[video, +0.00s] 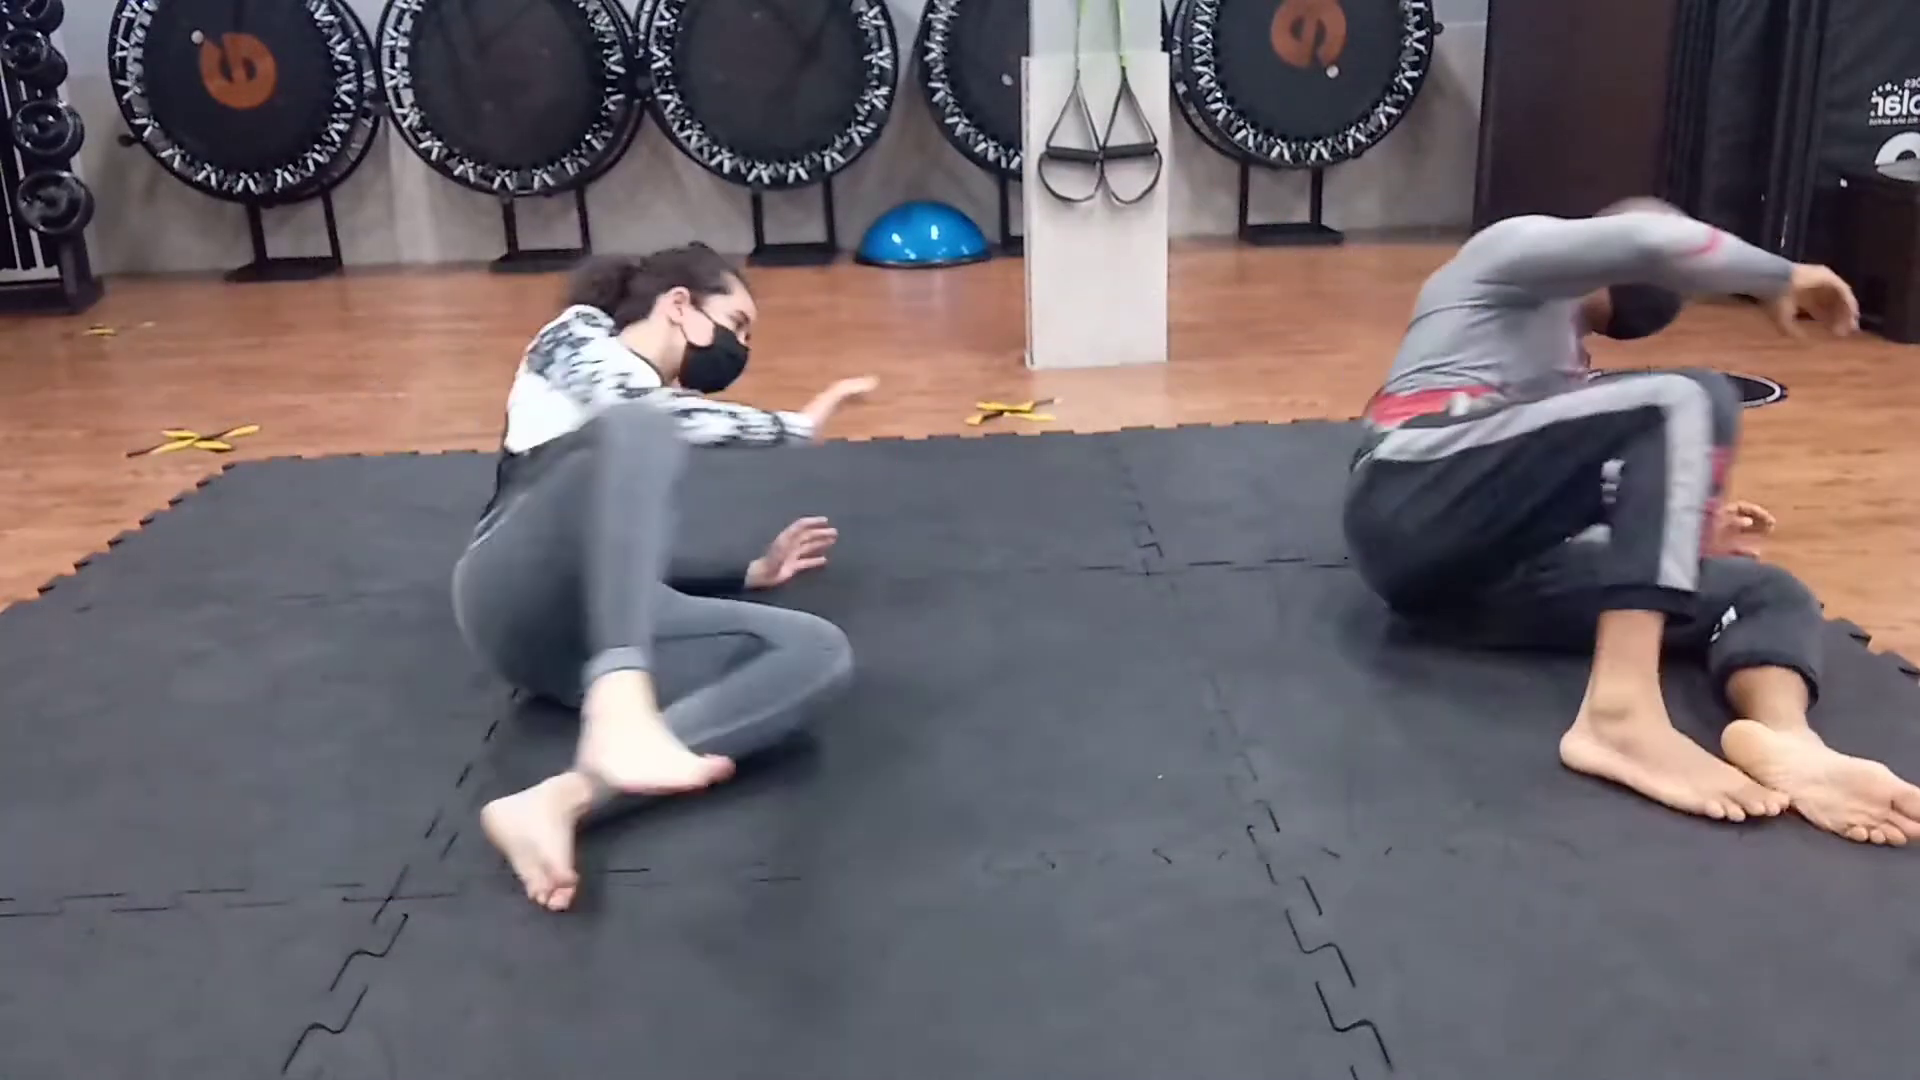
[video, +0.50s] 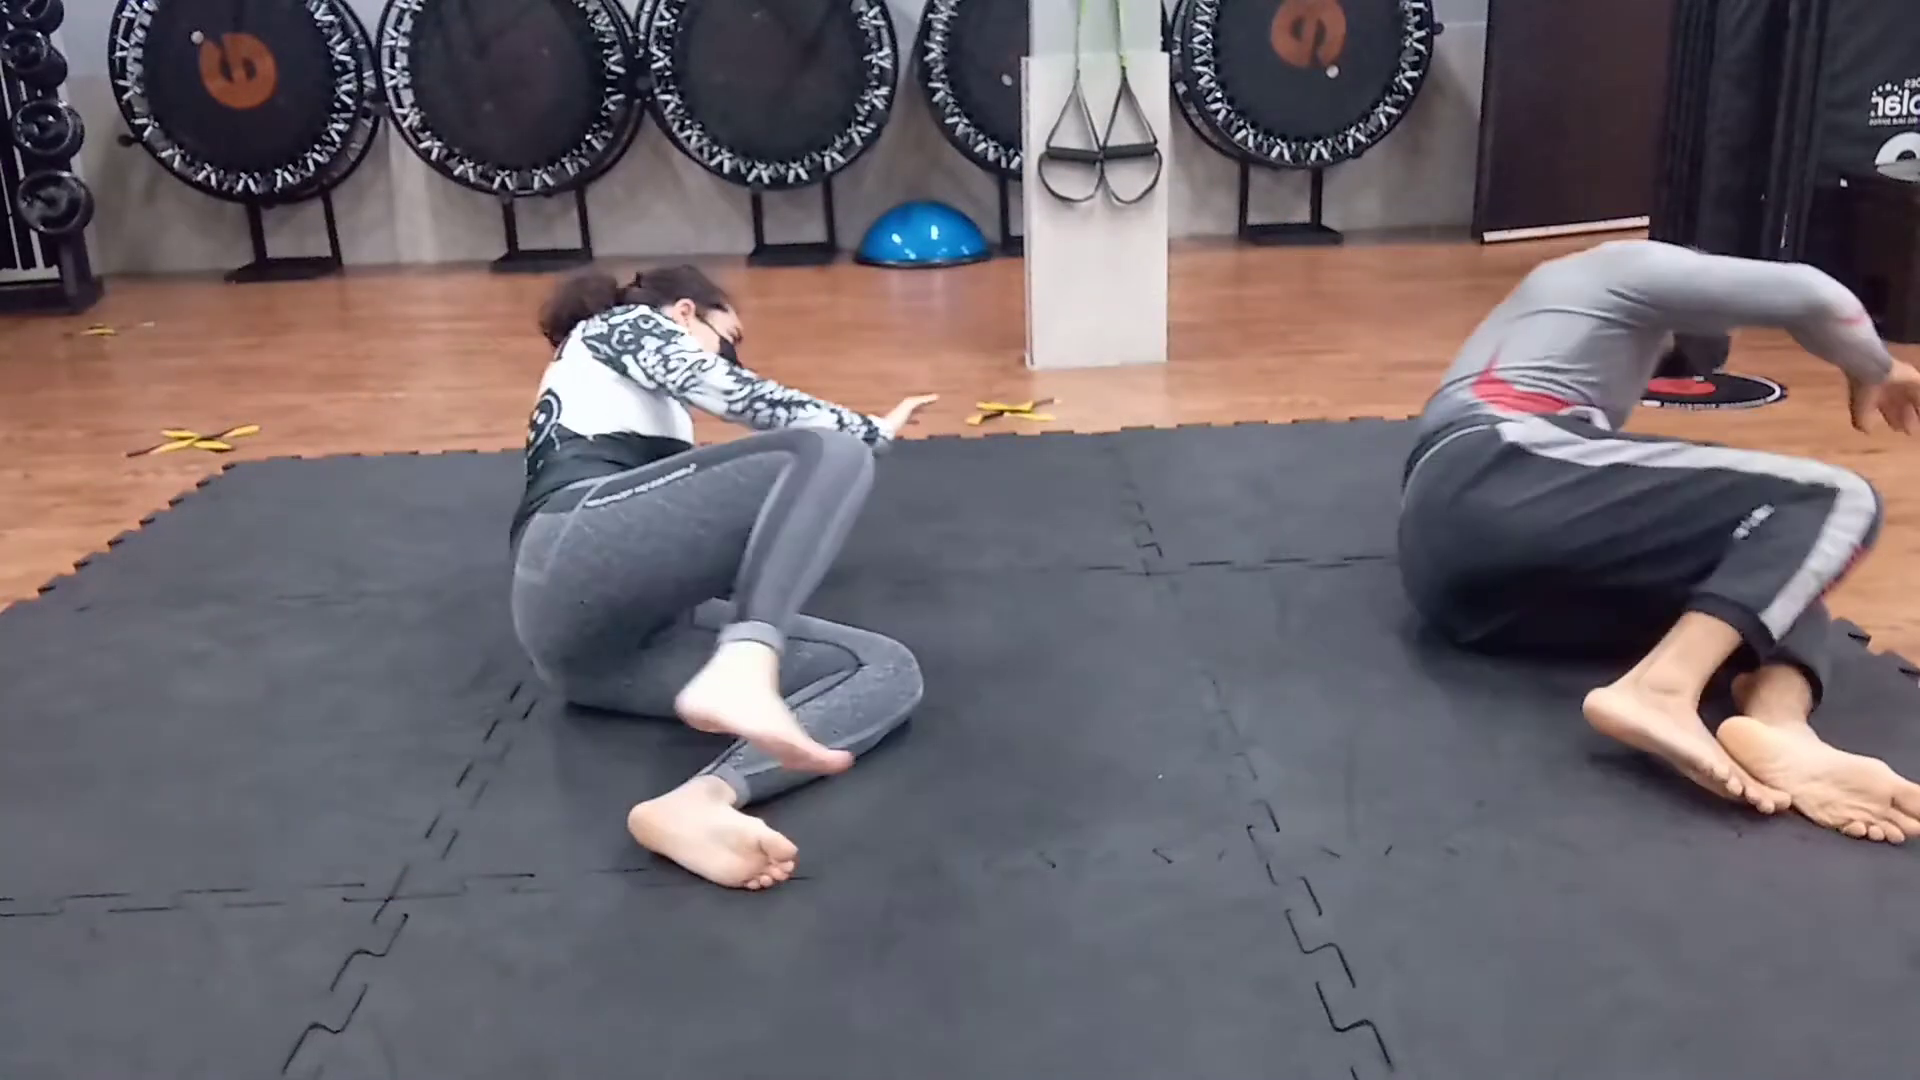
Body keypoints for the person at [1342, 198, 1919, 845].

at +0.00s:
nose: (1621, 325)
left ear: (1608, 306)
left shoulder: (1570, 387)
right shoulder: (1504, 258)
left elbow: (1551, 520)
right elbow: (1651, 236)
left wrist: (1681, 538)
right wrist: (1782, 280)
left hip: (1467, 586)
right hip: (1410, 493)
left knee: (1761, 587)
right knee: (1686, 398)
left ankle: (1777, 732)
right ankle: (1619, 711)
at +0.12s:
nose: (1690, 298)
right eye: (1690, 286)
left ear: (1630, 317)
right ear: (1641, 254)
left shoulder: (1574, 391)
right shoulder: (1531, 256)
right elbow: (1702, 245)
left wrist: (1708, 531)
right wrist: (1809, 297)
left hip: (1462, 594)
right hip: (1428, 486)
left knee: (1765, 592)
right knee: (1734, 412)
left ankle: (1777, 729)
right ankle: (1626, 709)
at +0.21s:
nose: (1709, 303)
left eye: (1710, 298)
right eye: (1703, 285)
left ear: (1634, 328)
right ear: (1643, 232)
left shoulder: (1574, 399)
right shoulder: (1548, 258)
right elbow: (1727, 254)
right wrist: (1834, 315)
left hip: (1460, 595)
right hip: (1441, 480)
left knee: (1770, 594)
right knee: (1762, 427)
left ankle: (1779, 728)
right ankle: (1631, 707)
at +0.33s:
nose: (1647, 358)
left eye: (1656, 353)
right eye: (1659, 345)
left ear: (1644, 329)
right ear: (1662, 274)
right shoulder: (1586, 260)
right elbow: (1766, 271)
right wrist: (1850, 341)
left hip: (1453, 591)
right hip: (1461, 477)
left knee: (1773, 593)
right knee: (1799, 460)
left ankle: (1779, 728)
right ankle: (1639, 699)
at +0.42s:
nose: (1654, 368)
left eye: (1667, 365)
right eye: (1668, 358)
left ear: (1650, 335)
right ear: (1664, 299)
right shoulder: (1602, 267)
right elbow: (1792, 285)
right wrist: (1862, 357)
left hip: (1444, 587)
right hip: (1475, 476)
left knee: (1778, 590)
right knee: (1820, 479)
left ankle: (1776, 726)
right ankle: (1651, 689)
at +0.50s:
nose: (1685, 363)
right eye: (1690, 356)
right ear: (1669, 295)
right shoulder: (1619, 270)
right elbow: (1814, 296)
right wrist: (1875, 372)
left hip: (1449, 589)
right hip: (1488, 472)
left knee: (1783, 588)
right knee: (1832, 497)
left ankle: (1776, 721)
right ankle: (1660, 684)